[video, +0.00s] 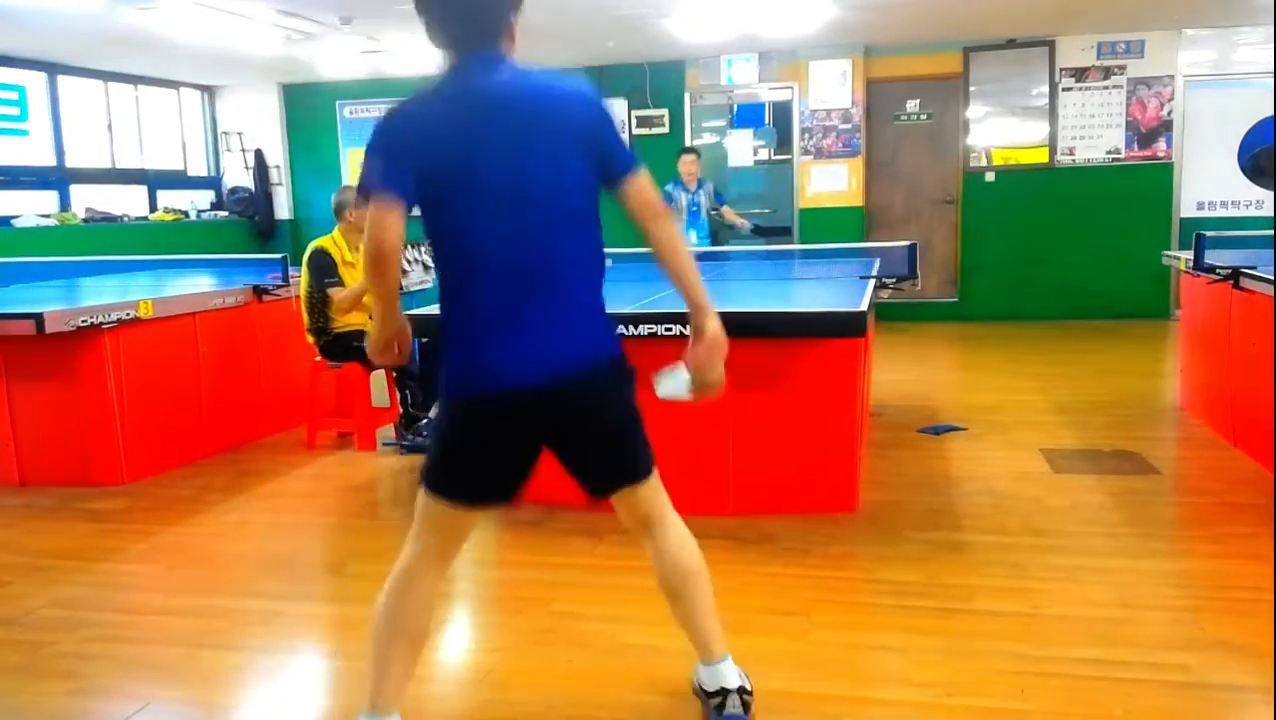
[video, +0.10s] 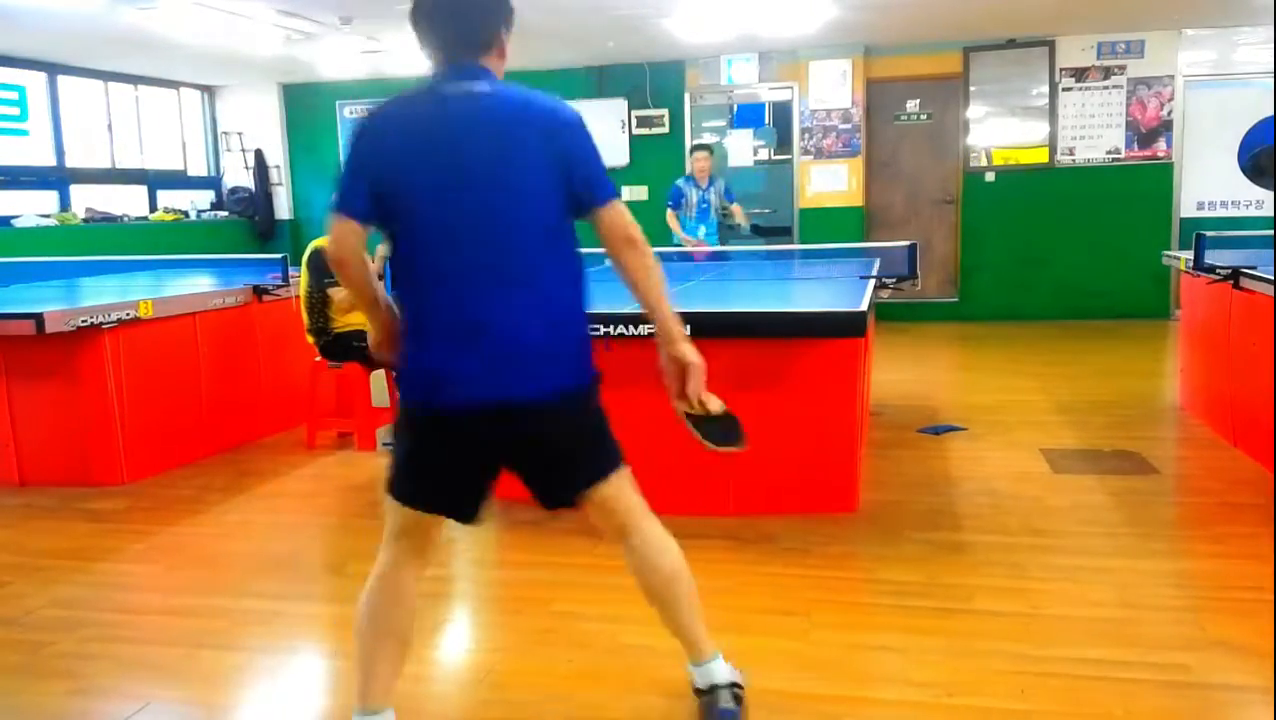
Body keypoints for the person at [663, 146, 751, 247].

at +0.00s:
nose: (689, 168)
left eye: (693, 163)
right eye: (685, 163)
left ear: (698, 165)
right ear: (678, 166)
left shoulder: (708, 187)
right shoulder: (670, 190)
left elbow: (723, 209)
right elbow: (663, 218)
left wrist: (738, 221)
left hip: (704, 247)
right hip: (679, 249)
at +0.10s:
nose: (702, 165)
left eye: (706, 160)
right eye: (697, 160)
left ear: (712, 162)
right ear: (691, 163)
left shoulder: (719, 184)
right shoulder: (681, 186)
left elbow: (734, 206)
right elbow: (670, 215)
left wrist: (743, 227)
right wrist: (685, 238)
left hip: (712, 245)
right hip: (686, 246)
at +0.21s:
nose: (709, 167)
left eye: (713, 162)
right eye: (705, 162)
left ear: (718, 164)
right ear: (698, 165)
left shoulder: (726, 183)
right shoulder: (688, 186)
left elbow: (743, 205)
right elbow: (675, 214)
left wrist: (733, 210)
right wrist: (691, 233)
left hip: (717, 240)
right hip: (692, 241)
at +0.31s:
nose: (712, 170)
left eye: (716, 165)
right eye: (708, 165)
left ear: (722, 167)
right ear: (701, 168)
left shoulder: (730, 182)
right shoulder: (693, 188)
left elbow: (750, 199)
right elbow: (681, 219)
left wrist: (733, 198)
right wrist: (699, 229)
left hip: (724, 241)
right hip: (699, 242)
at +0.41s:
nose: (714, 172)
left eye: (718, 167)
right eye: (709, 167)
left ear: (723, 168)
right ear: (701, 169)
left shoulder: (730, 182)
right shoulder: (693, 190)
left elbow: (756, 193)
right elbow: (686, 222)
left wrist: (735, 193)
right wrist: (709, 221)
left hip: (725, 246)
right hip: (700, 248)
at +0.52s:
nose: (718, 163)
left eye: (722, 158)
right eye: (713, 159)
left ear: (726, 160)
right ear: (705, 162)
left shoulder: (731, 174)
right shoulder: (697, 176)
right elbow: (694, 190)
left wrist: (752, 185)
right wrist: (696, 201)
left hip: (724, 232)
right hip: (702, 232)